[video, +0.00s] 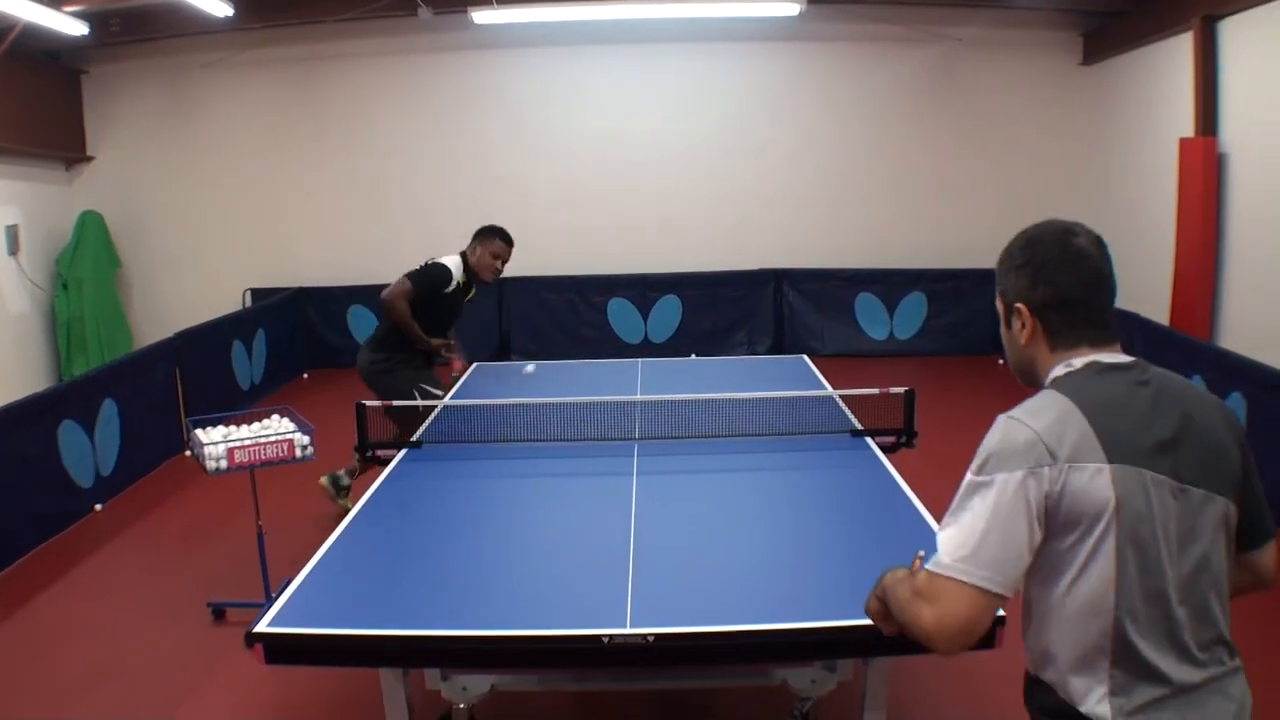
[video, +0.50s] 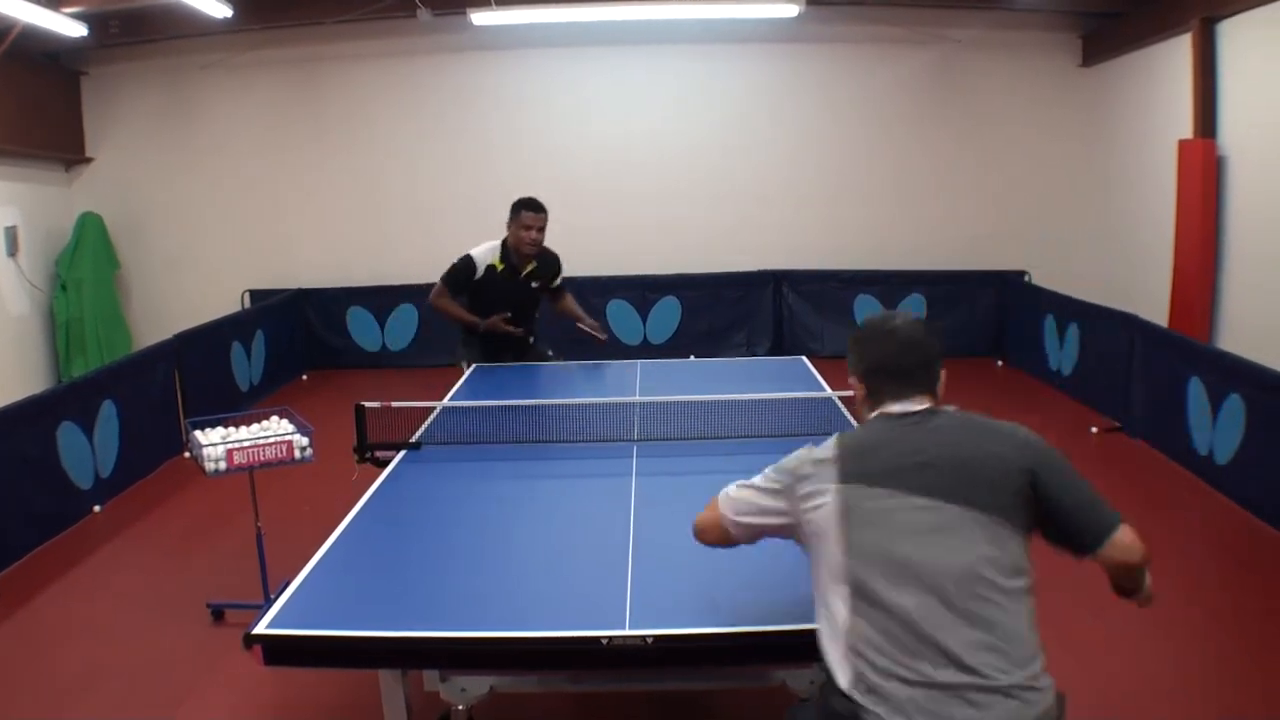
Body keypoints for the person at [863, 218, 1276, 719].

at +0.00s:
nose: (1001, 336)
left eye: (1000, 319)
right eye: (1000, 319)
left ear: (1024, 322)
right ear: (1103, 306)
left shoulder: (1036, 433)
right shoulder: (1212, 415)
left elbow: (948, 625)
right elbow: (1259, 564)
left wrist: (895, 583)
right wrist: (1160, 588)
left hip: (1095, 709)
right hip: (1222, 702)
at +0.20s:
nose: (988, 348)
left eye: (987, 330)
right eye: (987, 331)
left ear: (1007, 331)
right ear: (1081, 313)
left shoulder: (1021, 432)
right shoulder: (1175, 406)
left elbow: (893, 580)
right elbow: (1221, 524)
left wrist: (871, 548)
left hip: (1067, 702)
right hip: (1190, 700)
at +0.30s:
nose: (947, 343)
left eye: (947, 327)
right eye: (947, 328)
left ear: (964, 326)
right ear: (1037, 312)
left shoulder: (971, 414)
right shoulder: (1130, 395)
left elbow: (824, 538)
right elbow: (1184, 508)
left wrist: (879, 539)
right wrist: (1089, 520)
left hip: (1030, 692)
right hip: (1150, 688)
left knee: (932, 704)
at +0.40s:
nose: (897, 359)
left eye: (897, 346)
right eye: (898, 347)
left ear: (910, 346)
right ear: (987, 340)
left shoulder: (888, 431)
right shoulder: (1073, 414)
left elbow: (747, 526)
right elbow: (1160, 526)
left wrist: (819, 527)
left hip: (957, 701)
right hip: (1085, 699)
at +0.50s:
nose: (847, 384)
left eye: (848, 376)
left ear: (855, 386)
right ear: (941, 381)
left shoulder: (821, 466)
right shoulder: (1014, 448)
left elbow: (708, 528)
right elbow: (1127, 553)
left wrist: (789, 511)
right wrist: (1131, 585)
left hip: (879, 705)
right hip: (1014, 705)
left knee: (817, 686)